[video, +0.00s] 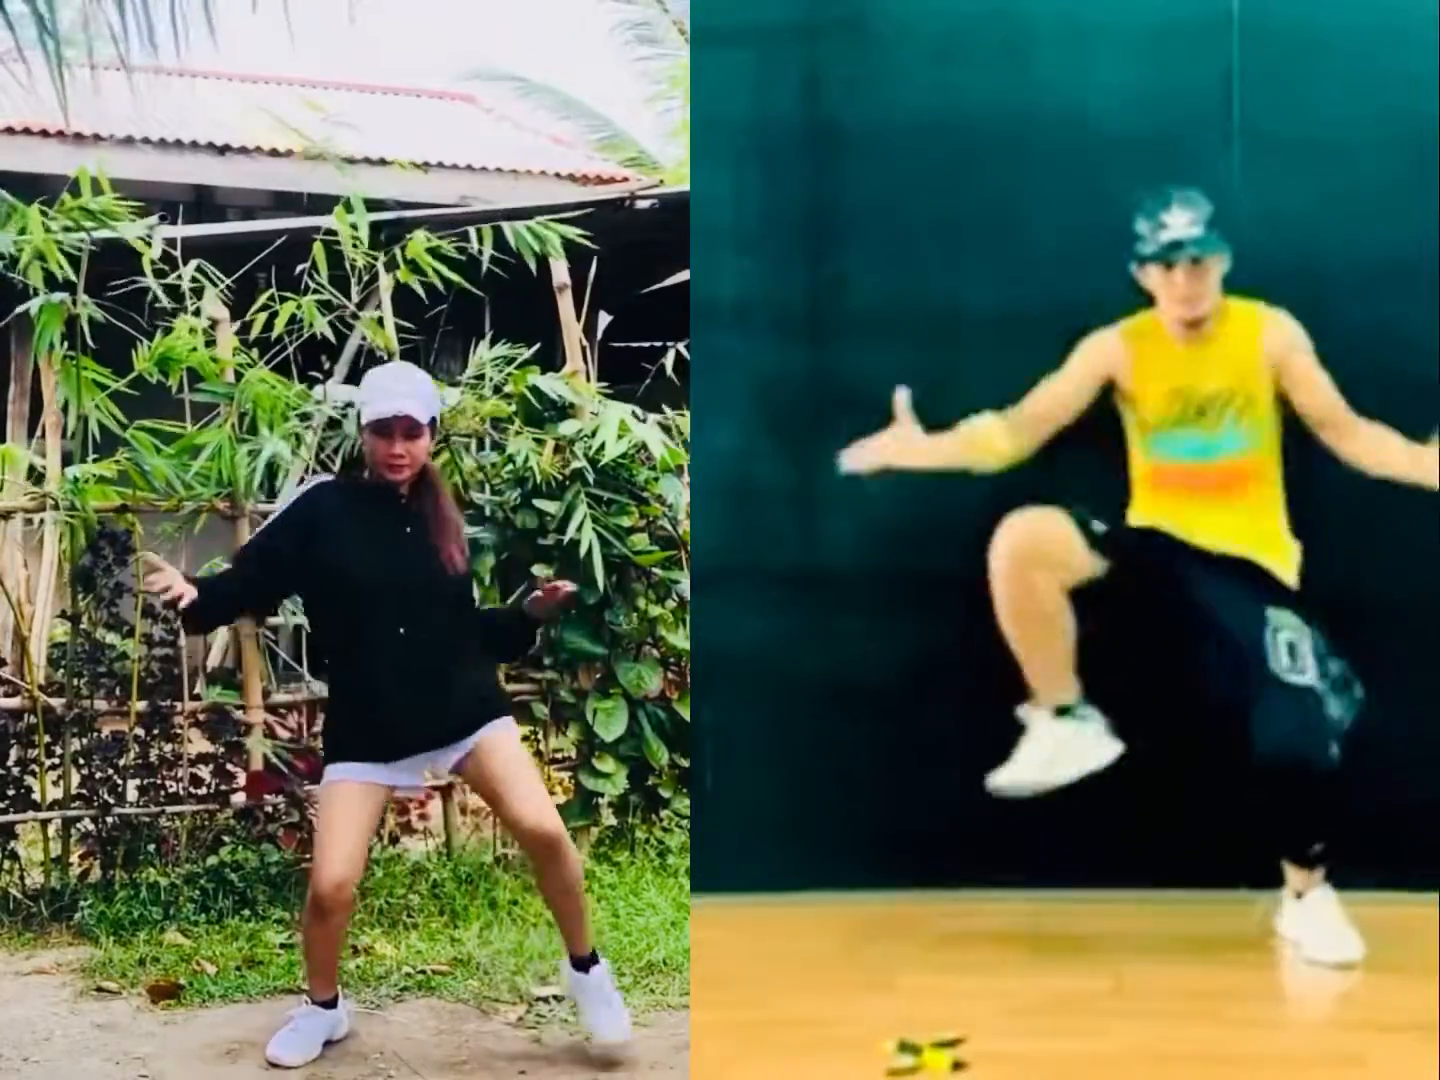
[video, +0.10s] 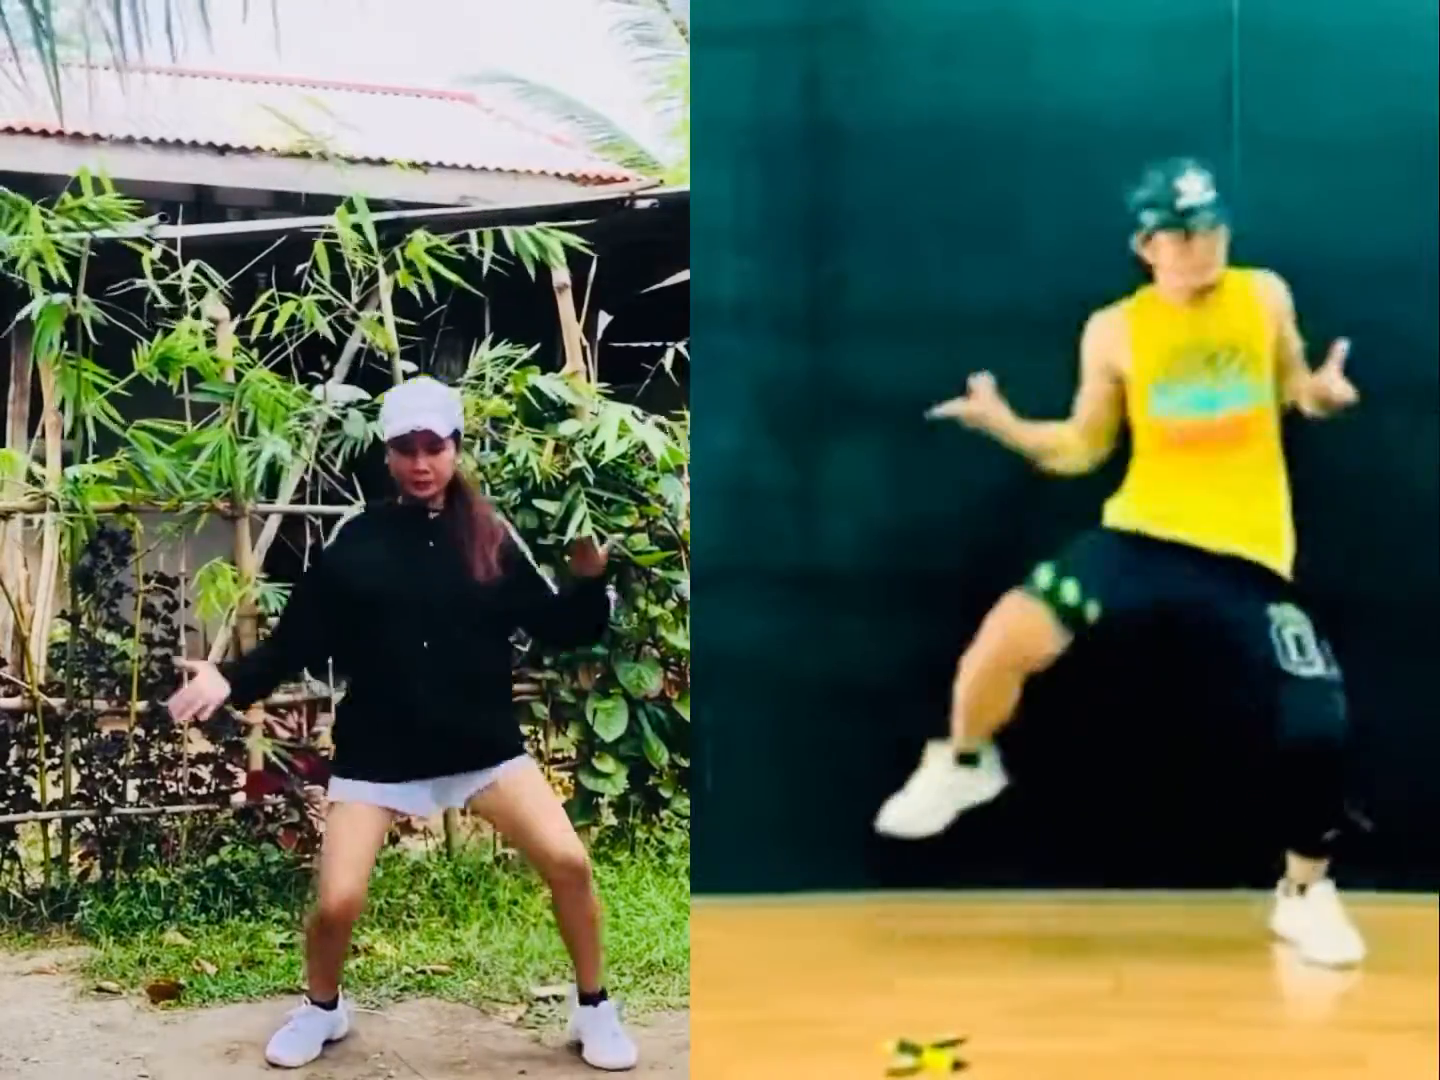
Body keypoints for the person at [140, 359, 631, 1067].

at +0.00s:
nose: (398, 448)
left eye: (411, 434)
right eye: (384, 433)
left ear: (432, 438)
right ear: (363, 436)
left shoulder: (440, 517)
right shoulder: (324, 510)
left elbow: (460, 630)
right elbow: (252, 579)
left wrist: (528, 613)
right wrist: (195, 598)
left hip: (466, 710)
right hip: (365, 729)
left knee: (543, 829)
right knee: (329, 888)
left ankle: (587, 969)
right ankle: (322, 1007)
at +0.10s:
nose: (420, 464)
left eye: (434, 448)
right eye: (405, 449)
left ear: (456, 452)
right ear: (386, 456)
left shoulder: (486, 536)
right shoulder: (355, 547)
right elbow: (295, 642)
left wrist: (588, 581)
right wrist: (229, 679)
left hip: (482, 745)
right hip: (375, 753)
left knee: (570, 860)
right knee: (336, 904)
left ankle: (595, 1007)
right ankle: (320, 1009)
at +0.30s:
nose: (468, 468)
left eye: (481, 451)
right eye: (455, 455)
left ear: (514, 448)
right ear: (444, 462)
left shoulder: (562, 534)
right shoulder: (437, 545)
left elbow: (591, 627)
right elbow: (396, 656)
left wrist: (628, 654)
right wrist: (362, 629)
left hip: (555, 747)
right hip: (449, 740)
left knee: (590, 902)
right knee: (363, 869)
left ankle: (594, 1015)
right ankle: (324, 1001)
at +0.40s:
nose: (482, 448)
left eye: (494, 431)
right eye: (470, 436)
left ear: (532, 425)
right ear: (463, 441)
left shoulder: (588, 511)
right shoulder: (463, 521)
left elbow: (615, 615)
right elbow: (388, 601)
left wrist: (633, 639)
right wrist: (310, 593)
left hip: (576, 725)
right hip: (474, 715)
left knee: (585, 886)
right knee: (375, 828)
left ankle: (593, 1014)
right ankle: (372, 971)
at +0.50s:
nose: (491, 438)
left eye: (503, 422)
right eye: (481, 426)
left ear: (545, 415)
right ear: (477, 429)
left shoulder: (605, 494)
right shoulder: (483, 508)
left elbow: (681, 598)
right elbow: (431, 619)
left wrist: (674, 570)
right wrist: (349, 632)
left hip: (574, 709)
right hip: (474, 694)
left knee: (587, 876)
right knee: (381, 796)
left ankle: (591, 1012)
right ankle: (434, 910)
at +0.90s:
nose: (461, 448)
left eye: (474, 433)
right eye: (454, 435)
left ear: (517, 430)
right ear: (457, 437)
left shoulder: (578, 510)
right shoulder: (459, 521)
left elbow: (643, 596)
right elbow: (407, 637)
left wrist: (610, 536)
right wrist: (314, 657)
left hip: (561, 727)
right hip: (458, 710)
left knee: (580, 886)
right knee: (345, 806)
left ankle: (592, 1011)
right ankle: (344, 950)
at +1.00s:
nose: (435, 457)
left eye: (449, 443)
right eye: (429, 443)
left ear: (492, 443)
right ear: (424, 446)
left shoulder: (545, 504)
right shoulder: (443, 530)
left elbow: (632, 567)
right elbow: (427, 646)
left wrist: (580, 535)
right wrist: (354, 687)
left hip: (521, 739)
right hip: (417, 733)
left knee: (574, 891)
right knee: (341, 871)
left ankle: (592, 1016)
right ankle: (308, 1002)